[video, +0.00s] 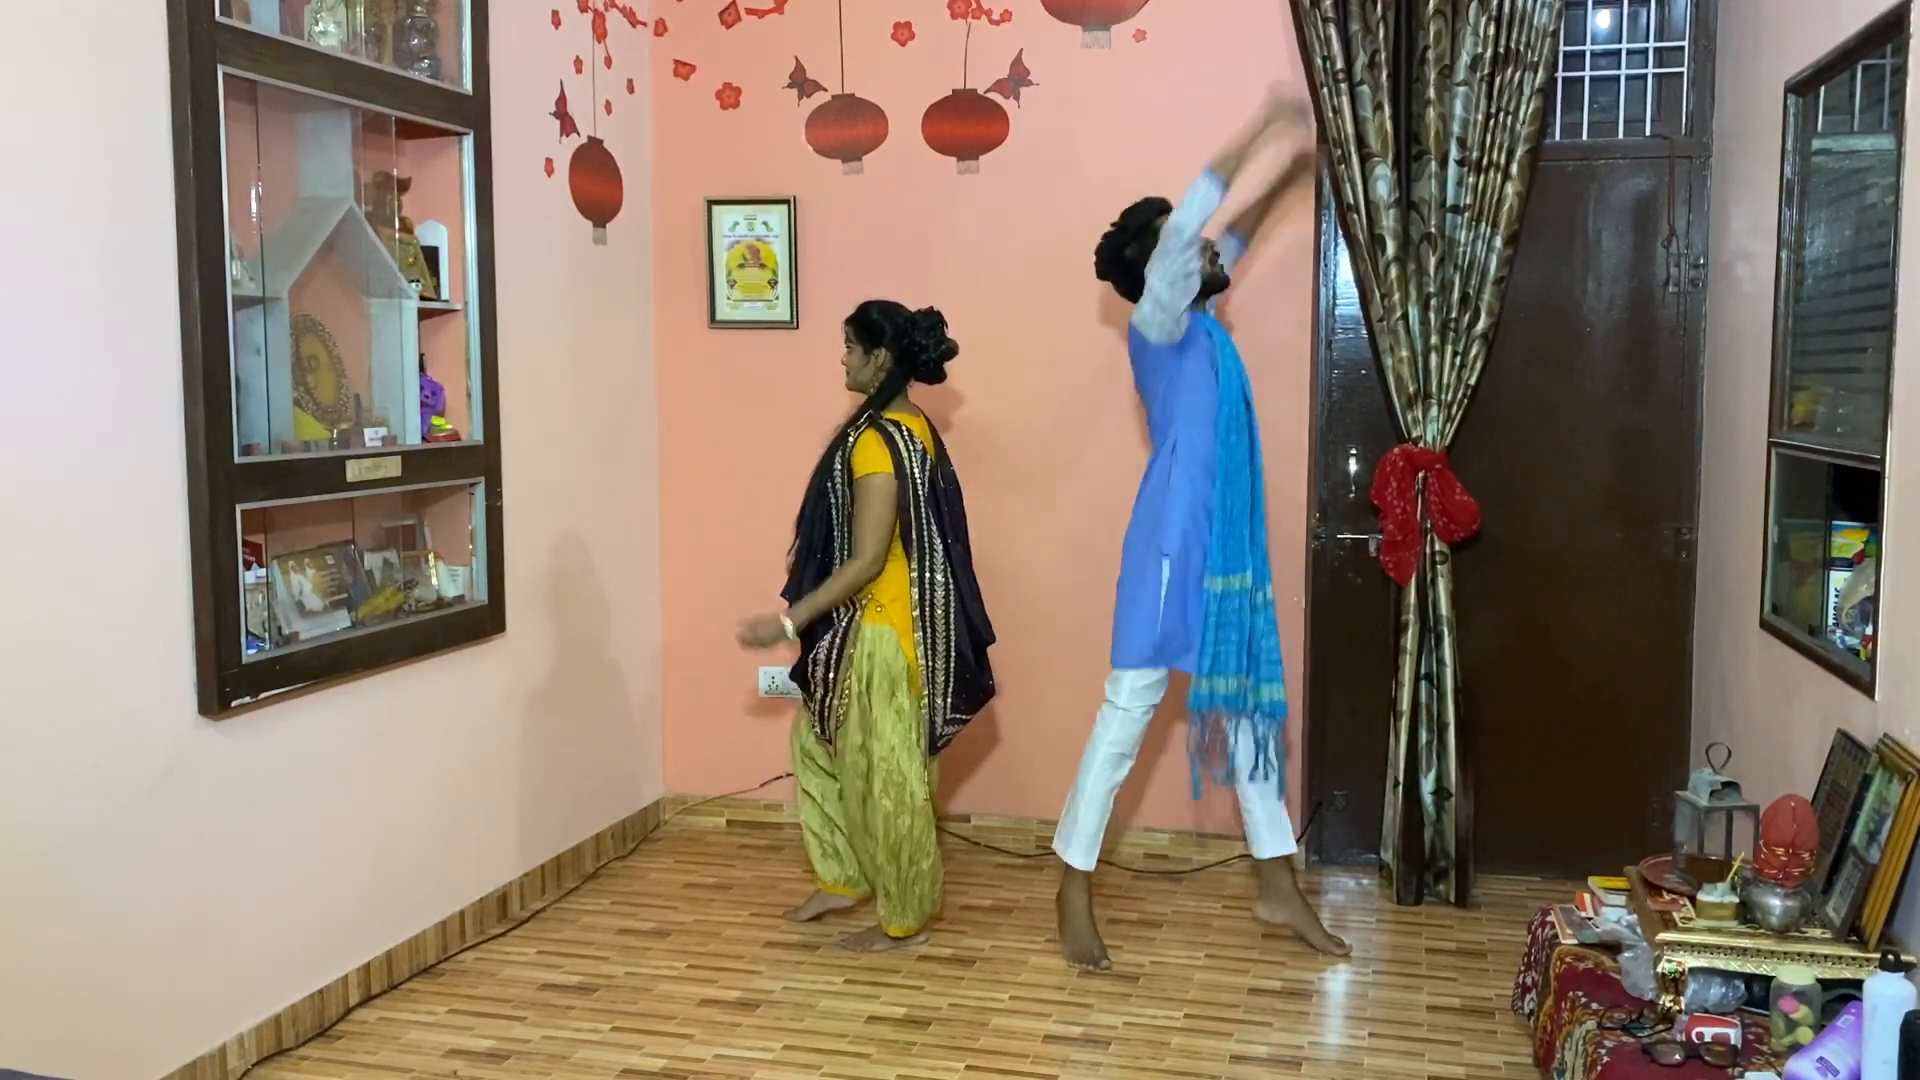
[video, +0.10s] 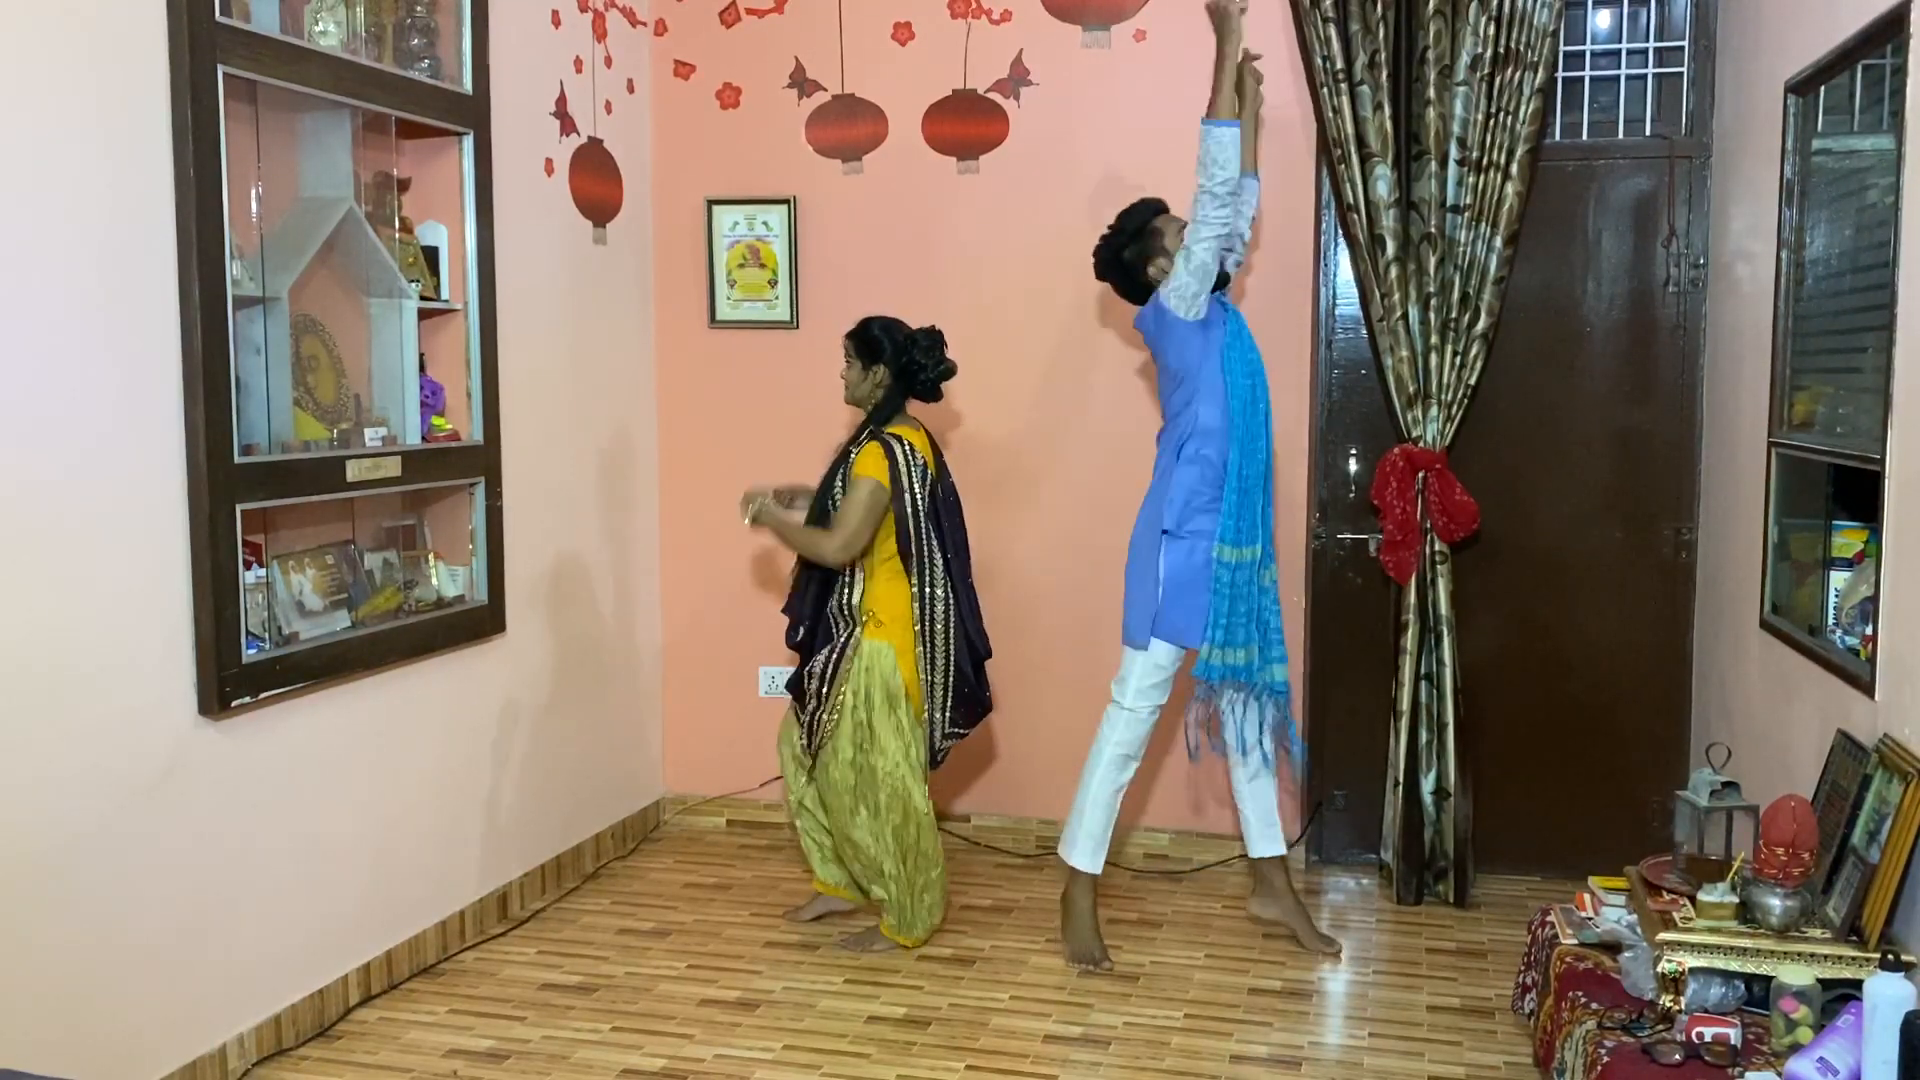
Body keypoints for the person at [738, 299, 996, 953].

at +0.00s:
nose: (842, 359)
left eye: (850, 349)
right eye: (845, 348)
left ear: (880, 357)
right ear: (888, 358)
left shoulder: (877, 439)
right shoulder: (908, 426)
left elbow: (867, 558)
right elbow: (892, 552)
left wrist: (788, 618)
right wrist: (811, 614)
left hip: (880, 630)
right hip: (885, 623)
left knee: (889, 772)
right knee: (818, 745)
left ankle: (907, 915)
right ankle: (845, 880)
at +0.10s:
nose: (842, 374)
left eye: (849, 364)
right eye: (844, 363)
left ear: (878, 373)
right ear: (886, 374)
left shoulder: (884, 451)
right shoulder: (904, 437)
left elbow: (839, 548)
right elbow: (865, 511)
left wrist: (775, 519)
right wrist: (805, 499)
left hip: (883, 638)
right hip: (877, 629)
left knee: (883, 775)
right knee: (801, 742)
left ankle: (907, 917)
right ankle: (842, 884)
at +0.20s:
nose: (844, 371)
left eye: (852, 361)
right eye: (848, 360)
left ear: (880, 369)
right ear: (891, 372)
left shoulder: (890, 436)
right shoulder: (886, 432)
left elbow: (783, 423)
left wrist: (822, 408)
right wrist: (834, 414)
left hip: (879, 633)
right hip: (847, 628)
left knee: (879, 776)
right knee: (809, 763)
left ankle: (909, 916)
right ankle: (844, 890)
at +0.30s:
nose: (840, 333)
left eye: (848, 322)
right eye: (842, 323)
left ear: (873, 332)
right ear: (895, 335)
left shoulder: (874, 390)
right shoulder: (905, 400)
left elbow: (810, 313)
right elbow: (882, 317)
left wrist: (761, 257)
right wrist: (843, 266)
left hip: (865, 601)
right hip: (849, 598)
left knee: (882, 752)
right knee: (825, 739)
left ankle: (903, 908)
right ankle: (837, 868)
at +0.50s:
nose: (827, 330)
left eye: (835, 320)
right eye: (829, 320)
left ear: (864, 332)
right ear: (883, 334)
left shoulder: (868, 388)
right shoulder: (892, 382)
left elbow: (820, 342)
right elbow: (886, 306)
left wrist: (774, 278)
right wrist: (878, 229)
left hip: (871, 591)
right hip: (848, 586)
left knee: (879, 742)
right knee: (822, 723)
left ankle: (918, 895)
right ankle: (810, 855)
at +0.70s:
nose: (814, 375)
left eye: (822, 364)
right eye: (817, 363)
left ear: (849, 373)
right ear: (861, 375)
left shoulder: (851, 432)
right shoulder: (859, 434)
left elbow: (764, 448)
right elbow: (837, 521)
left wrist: (674, 400)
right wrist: (774, 516)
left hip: (847, 625)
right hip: (824, 623)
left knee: (859, 764)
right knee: (785, 747)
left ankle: (924, 909)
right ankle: (793, 885)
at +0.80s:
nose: (799, 396)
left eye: (805, 385)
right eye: (802, 384)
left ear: (832, 391)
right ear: (848, 393)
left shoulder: (834, 451)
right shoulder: (859, 449)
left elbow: (745, 488)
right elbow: (854, 545)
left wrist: (649, 469)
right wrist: (791, 571)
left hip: (852, 639)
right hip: (837, 635)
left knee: (848, 772)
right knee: (762, 748)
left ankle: (924, 906)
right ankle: (789, 882)